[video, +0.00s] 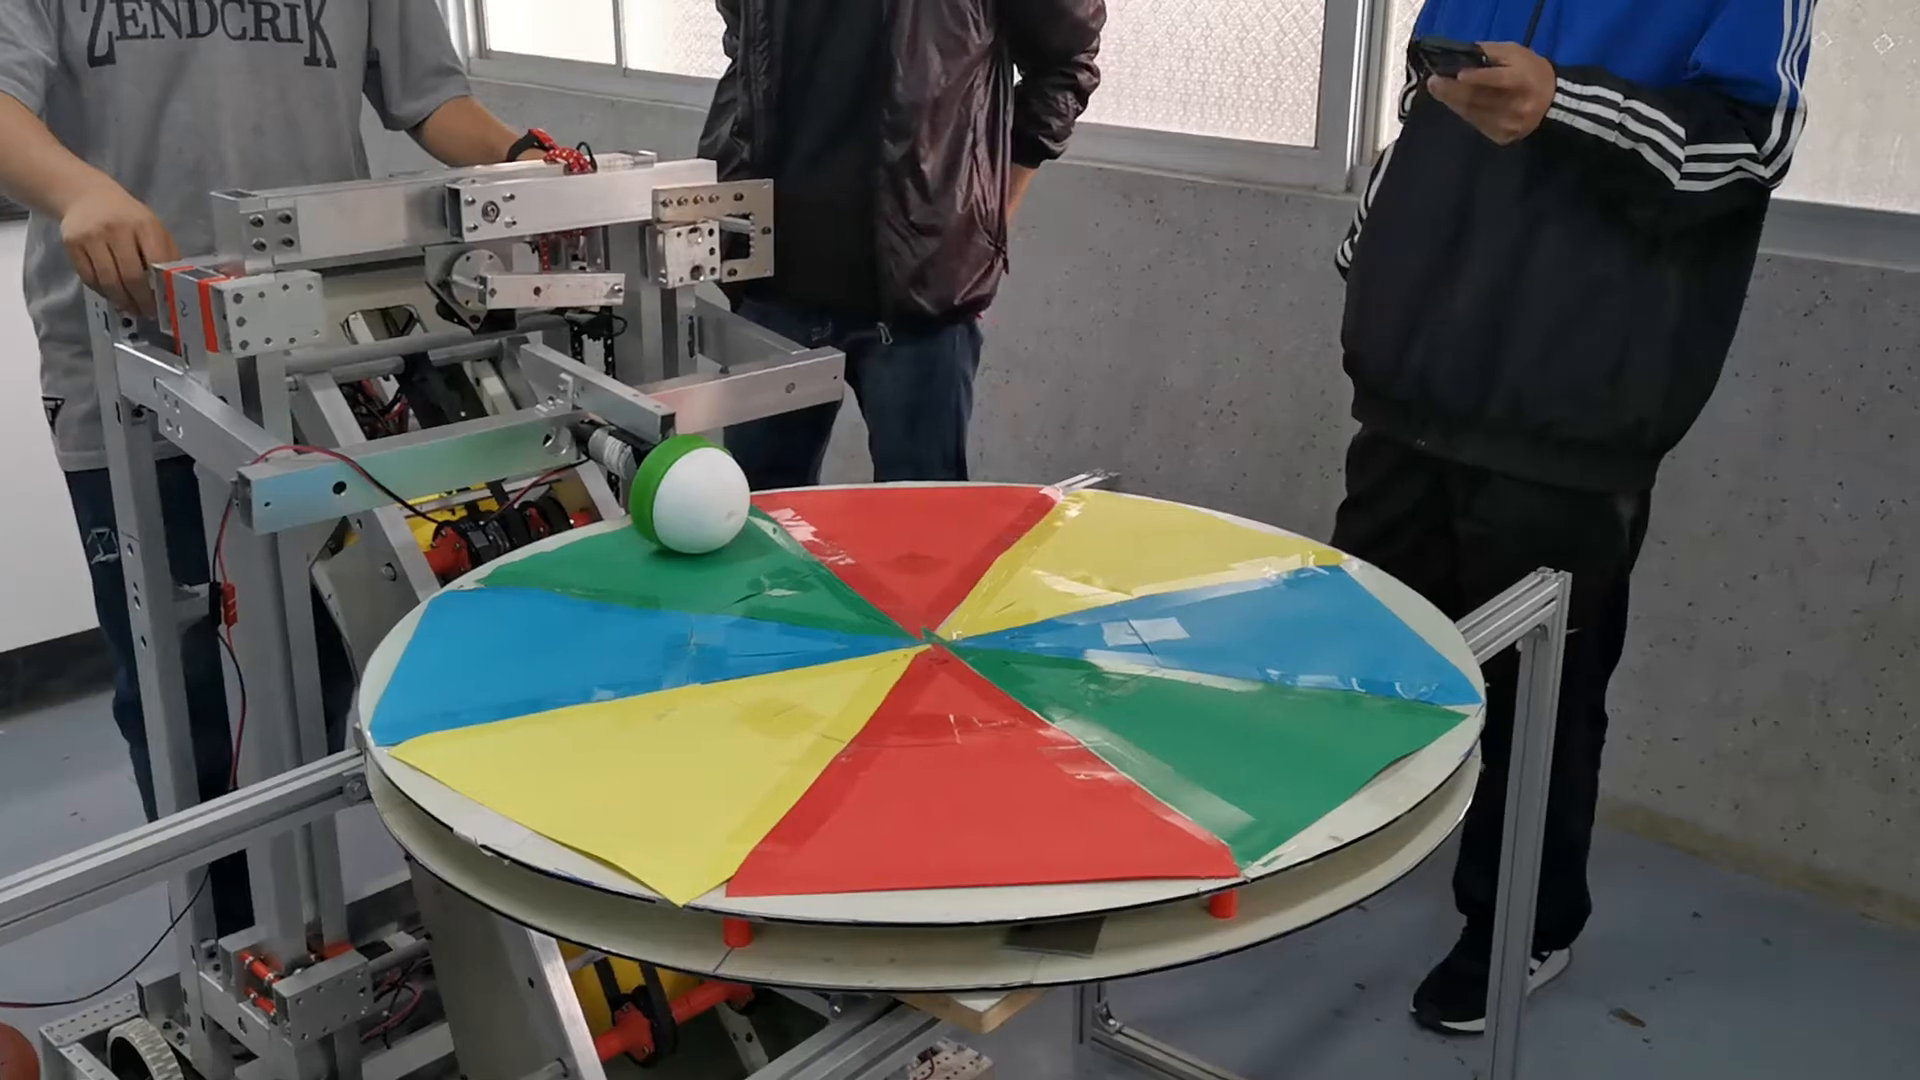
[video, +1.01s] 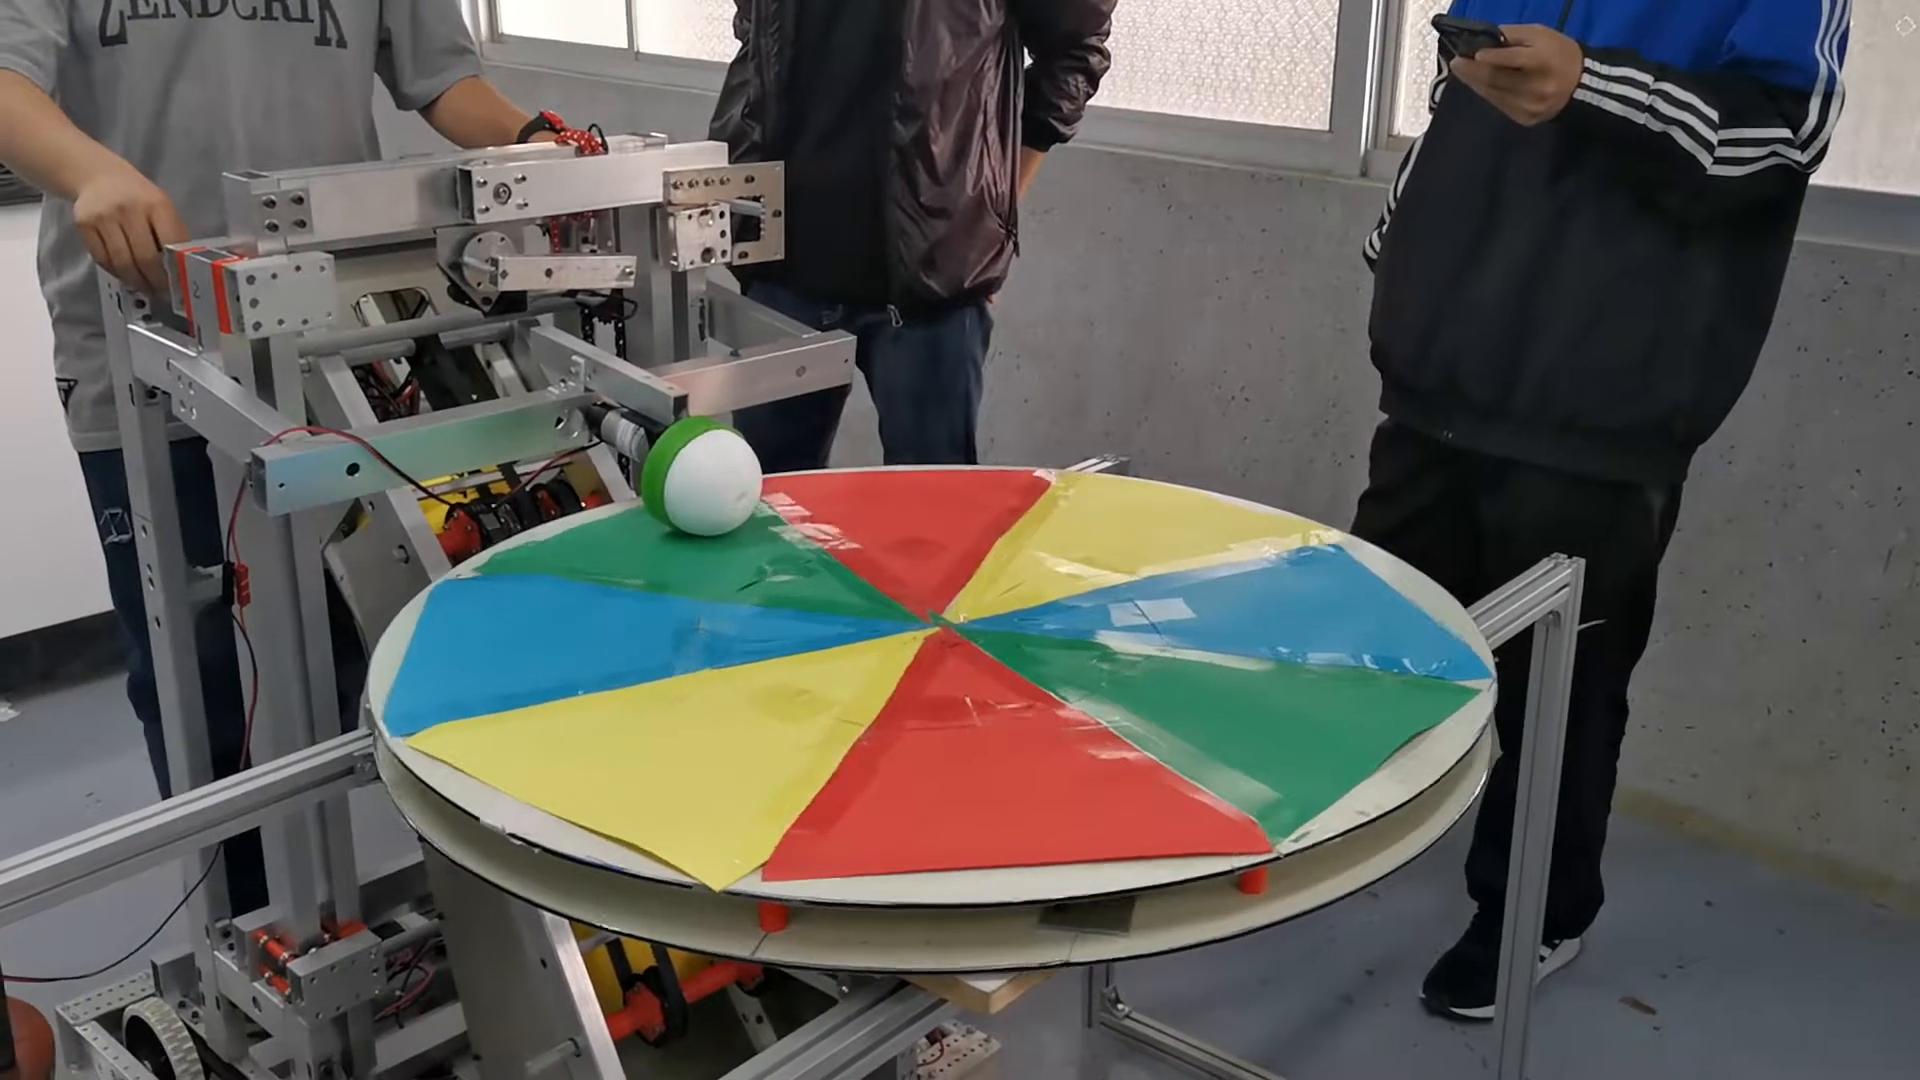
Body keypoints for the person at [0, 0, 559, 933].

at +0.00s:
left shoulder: (379, 7)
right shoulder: (45, 8)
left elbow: (426, 89)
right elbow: (3, 103)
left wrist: (527, 159)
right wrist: (77, 187)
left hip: (319, 364)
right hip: (125, 369)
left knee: (322, 665)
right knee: (178, 695)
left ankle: (308, 917)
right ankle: (228, 944)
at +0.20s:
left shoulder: (378, 7)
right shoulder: (43, 9)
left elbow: (426, 88)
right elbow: (2, 103)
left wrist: (526, 158)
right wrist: (76, 187)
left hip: (320, 363)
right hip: (124, 366)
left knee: (326, 663)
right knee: (176, 693)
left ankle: (314, 917)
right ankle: (227, 943)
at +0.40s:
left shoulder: (379, 6)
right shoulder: (42, 10)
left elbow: (425, 84)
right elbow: (2, 102)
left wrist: (521, 155)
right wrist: (74, 185)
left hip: (320, 365)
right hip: (124, 369)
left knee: (327, 662)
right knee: (177, 693)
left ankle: (315, 916)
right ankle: (229, 940)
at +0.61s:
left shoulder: (375, 4)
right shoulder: (44, 8)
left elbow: (427, 78)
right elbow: (2, 93)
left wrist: (513, 147)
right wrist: (72, 177)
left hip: (320, 362)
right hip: (123, 367)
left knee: (332, 655)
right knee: (176, 689)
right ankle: (232, 935)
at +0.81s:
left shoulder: (380, 5)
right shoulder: (49, 7)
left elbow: (433, 75)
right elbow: (6, 88)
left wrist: (523, 148)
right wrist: (79, 174)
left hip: (328, 357)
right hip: (132, 363)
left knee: (331, 653)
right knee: (184, 686)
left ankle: (316, 905)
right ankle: (236, 930)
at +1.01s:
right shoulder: (56, 6)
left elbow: (441, 73)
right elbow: (6, 82)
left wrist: (535, 140)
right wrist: (91, 169)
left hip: (327, 349)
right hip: (137, 357)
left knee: (337, 637)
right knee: (187, 669)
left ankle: (331, 893)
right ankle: (239, 920)